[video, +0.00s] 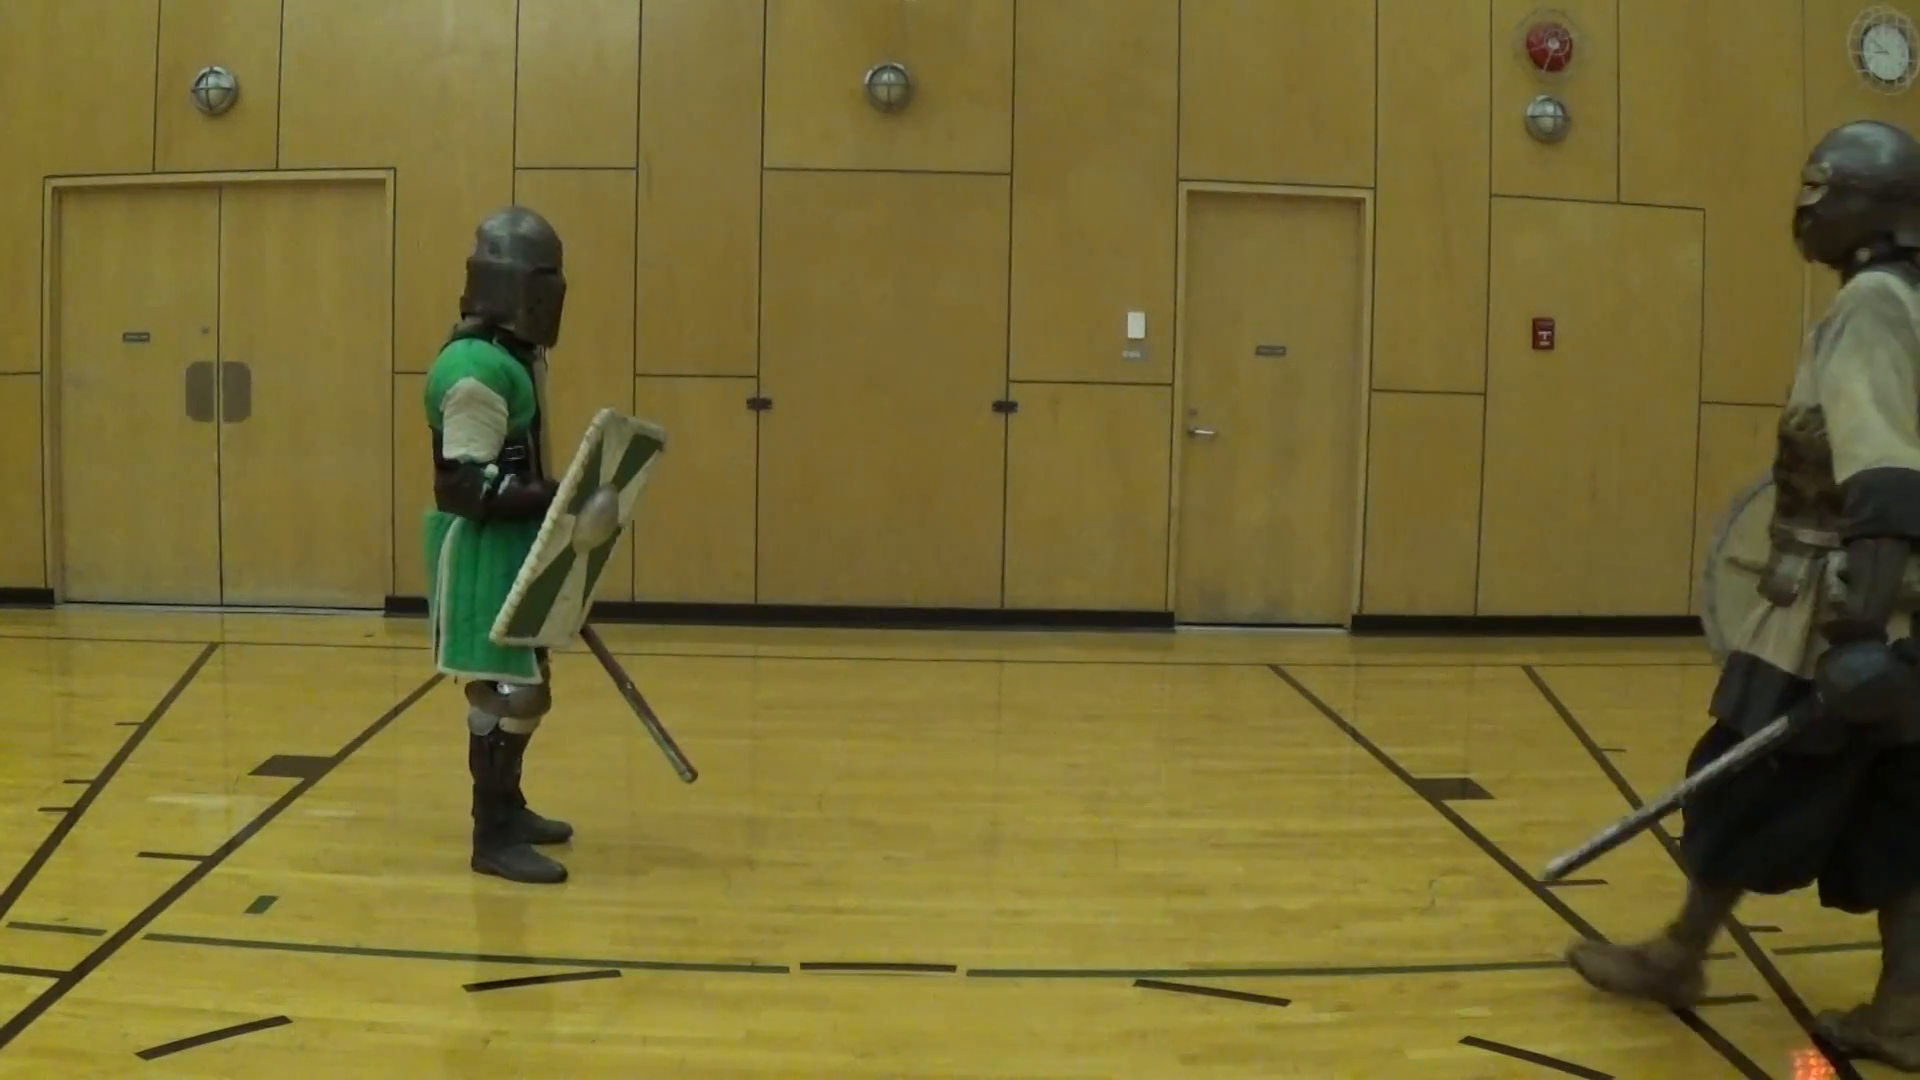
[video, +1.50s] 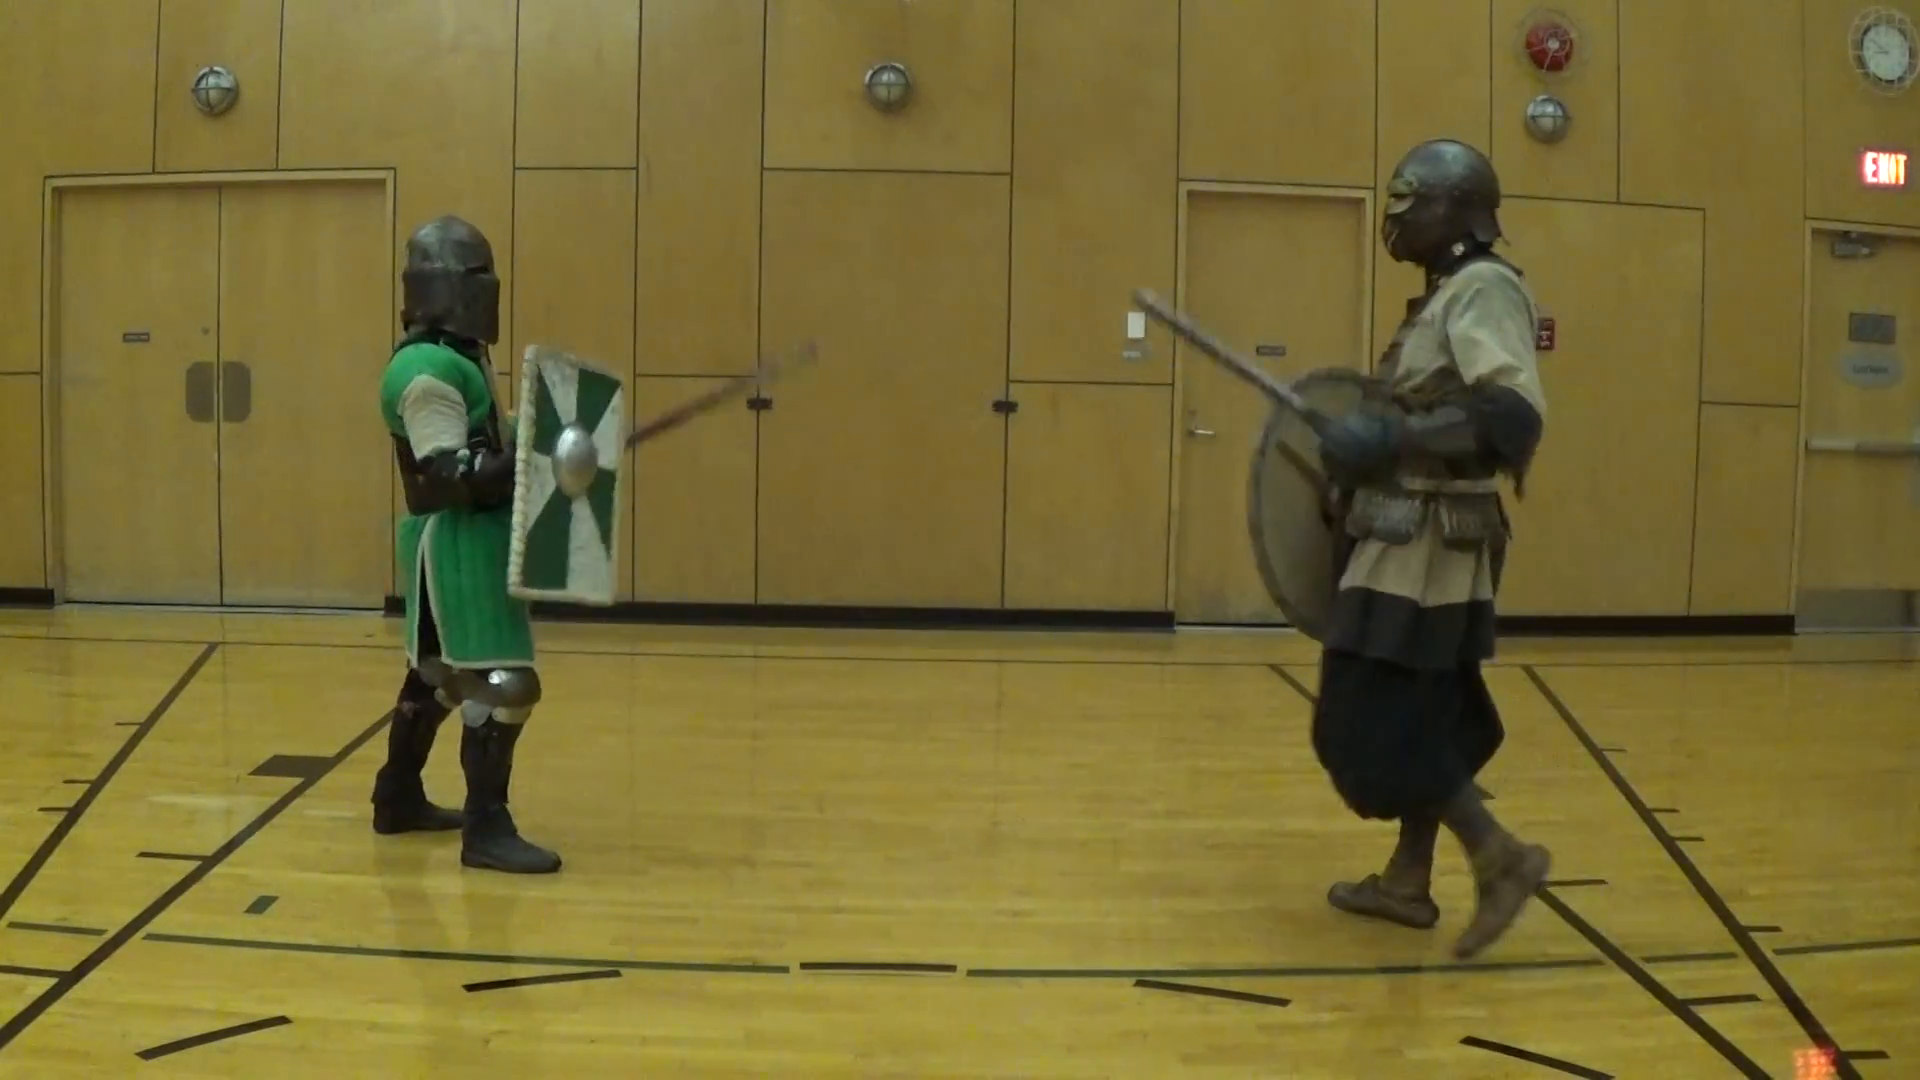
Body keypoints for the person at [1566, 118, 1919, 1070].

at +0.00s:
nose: (1800, 208)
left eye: (1818, 192)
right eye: (1806, 189)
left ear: (1876, 209)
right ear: (1880, 211)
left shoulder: (1876, 307)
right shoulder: (1896, 297)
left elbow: (1888, 477)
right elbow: (1885, 471)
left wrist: (1864, 632)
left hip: (1821, 631)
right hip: (1887, 632)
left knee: (1741, 785)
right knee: (1903, 823)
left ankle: (1679, 953)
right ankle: (1901, 1009)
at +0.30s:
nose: (1679, 206)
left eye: (1695, 193)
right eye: (1687, 191)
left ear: (1740, 212)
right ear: (1772, 216)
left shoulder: (1732, 318)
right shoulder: (1812, 309)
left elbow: (1744, 481)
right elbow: (1846, 468)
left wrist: (1735, 628)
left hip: (1716, 603)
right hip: (1799, 601)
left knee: (1668, 769)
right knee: (1809, 784)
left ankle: (1625, 940)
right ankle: (1876, 967)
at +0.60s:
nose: (1592, 206)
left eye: (1604, 191)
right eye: (1597, 189)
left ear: (1647, 201)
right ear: (1687, 203)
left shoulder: (1635, 305)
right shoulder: (1728, 293)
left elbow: (1598, 468)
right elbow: (1733, 454)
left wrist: (1526, 583)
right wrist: (1701, 540)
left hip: (1626, 576)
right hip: (1693, 570)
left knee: (1608, 747)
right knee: (1657, 738)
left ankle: (1621, 940)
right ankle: (1705, 904)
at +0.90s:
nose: (1521, 210)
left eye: (1537, 195)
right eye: (1526, 193)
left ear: (1585, 207)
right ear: (1596, 208)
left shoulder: (1594, 299)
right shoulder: (1627, 290)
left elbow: (1570, 460)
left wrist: (1461, 530)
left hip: (1579, 560)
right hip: (1587, 554)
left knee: (1583, 737)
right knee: (1524, 716)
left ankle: (1622, 937)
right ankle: (1469, 870)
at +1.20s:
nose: (1446, 211)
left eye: (1464, 197)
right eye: (1451, 197)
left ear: (1515, 211)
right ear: (1510, 215)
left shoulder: (1536, 298)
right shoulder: (1507, 298)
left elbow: (1569, 444)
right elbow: (1506, 437)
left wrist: (1472, 521)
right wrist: (1437, 502)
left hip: (1508, 570)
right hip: (1471, 565)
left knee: (1532, 739)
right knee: (1441, 721)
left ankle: (1609, 920)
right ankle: (1409, 881)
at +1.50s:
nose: (1391, 215)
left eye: (1408, 200)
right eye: (1395, 200)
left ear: (1459, 213)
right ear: (1453, 216)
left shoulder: (1484, 291)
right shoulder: (1453, 293)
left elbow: (1515, 419)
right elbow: (1449, 411)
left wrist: (1392, 435)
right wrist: (1362, 434)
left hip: (1429, 543)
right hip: (1427, 537)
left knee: (1367, 717)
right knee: (1427, 705)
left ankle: (1502, 859)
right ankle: (1407, 880)